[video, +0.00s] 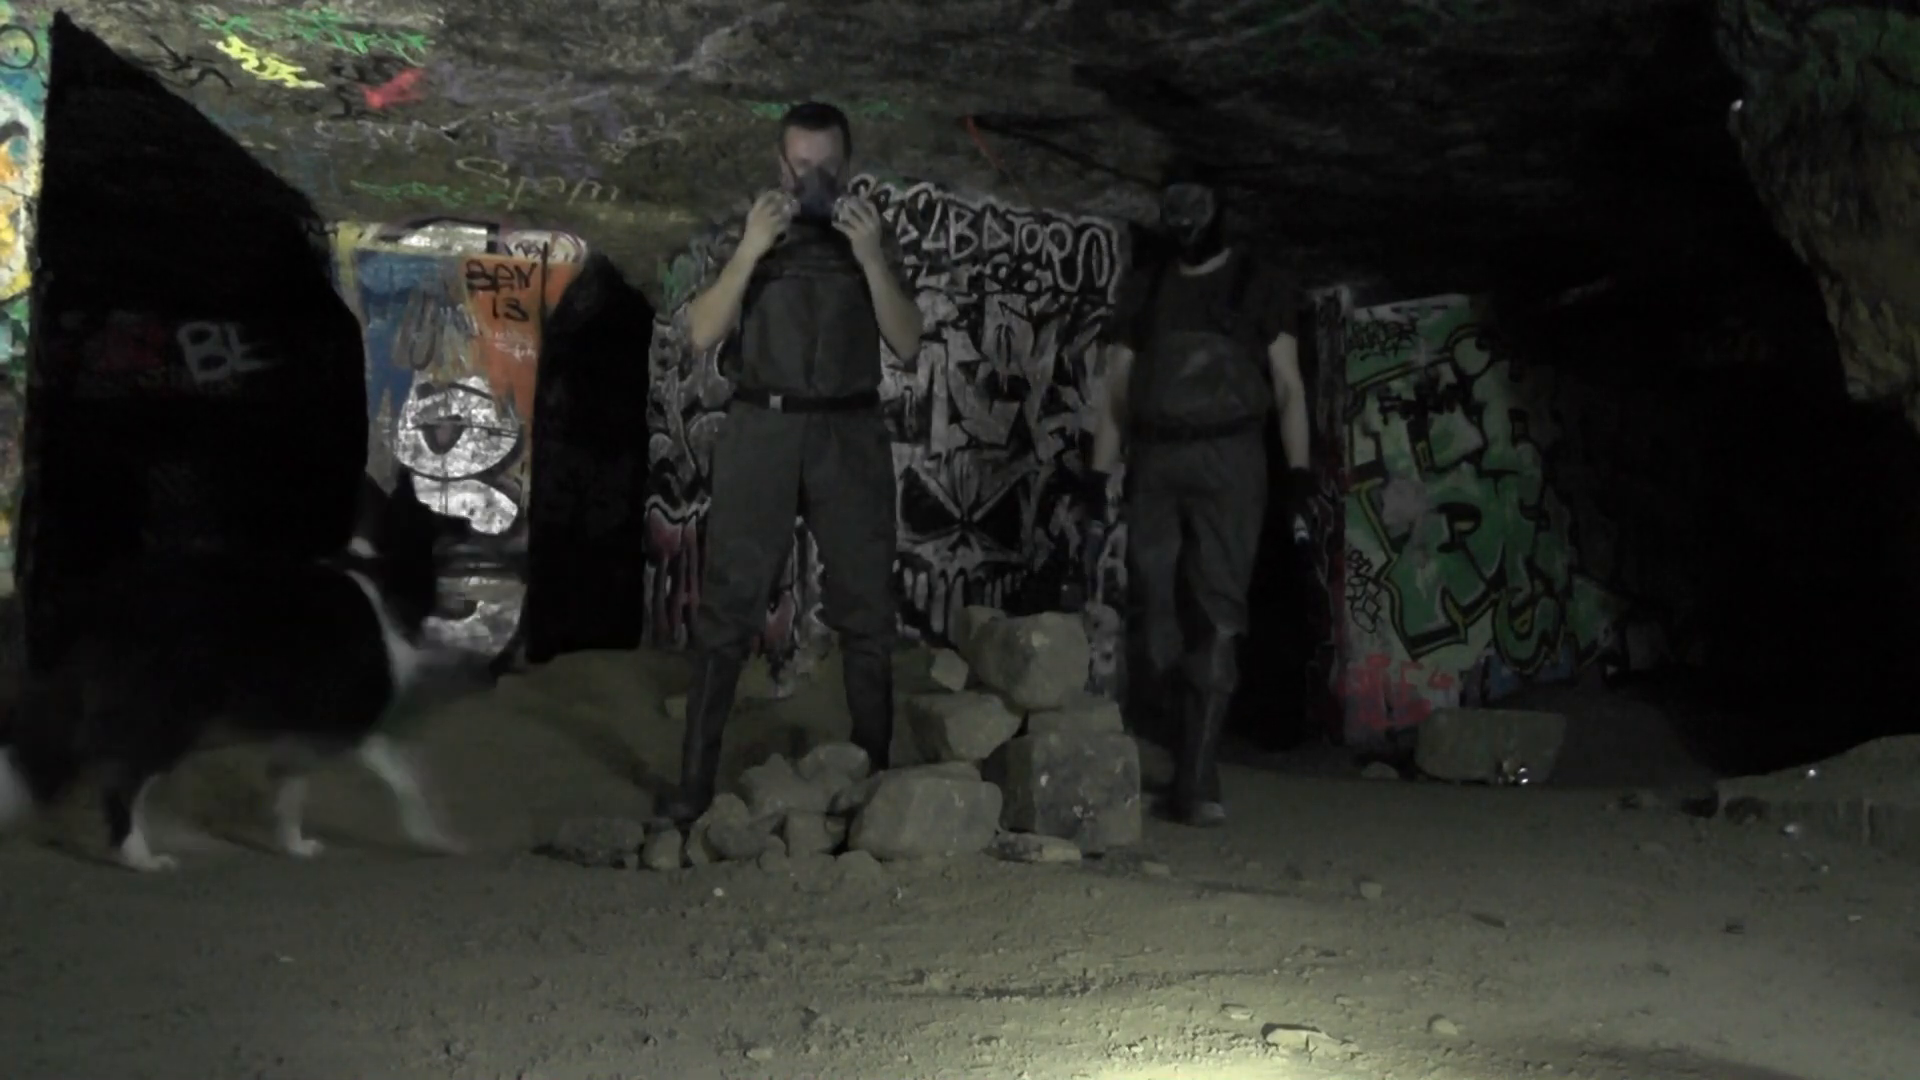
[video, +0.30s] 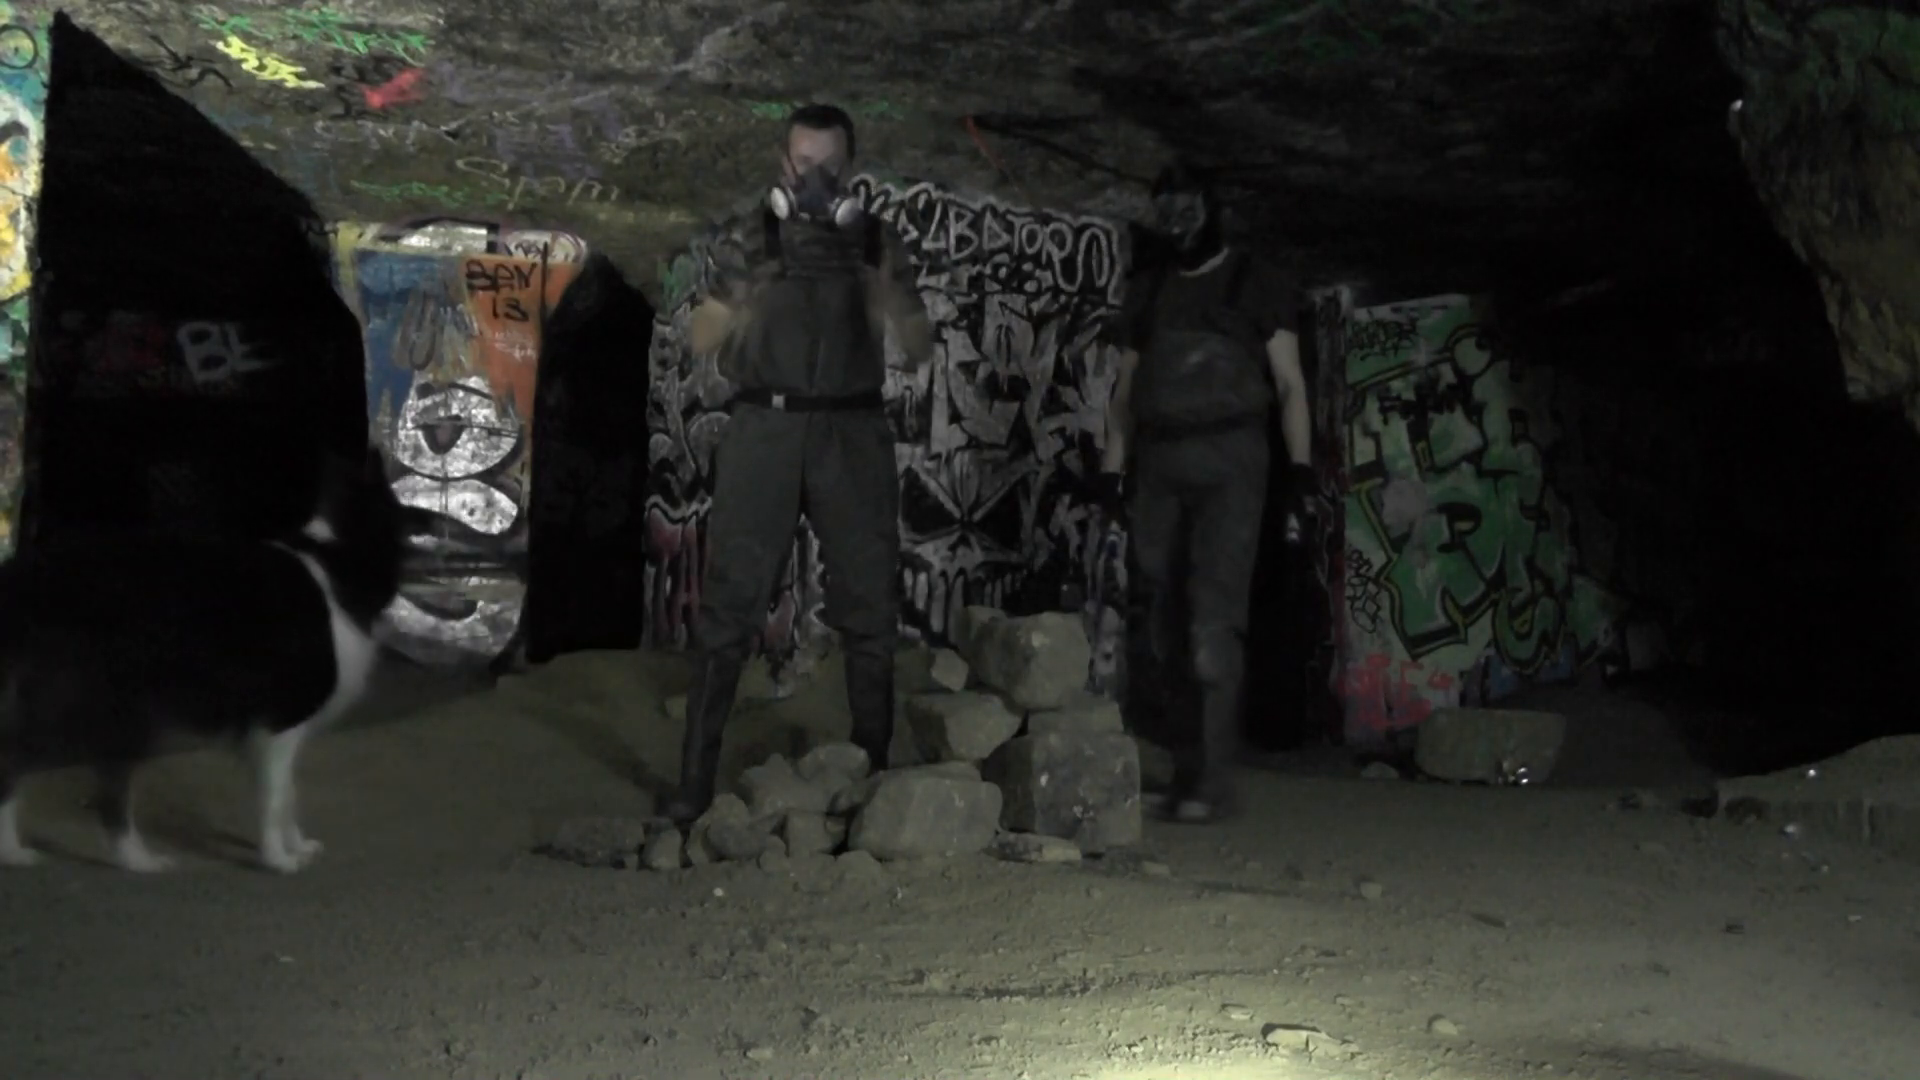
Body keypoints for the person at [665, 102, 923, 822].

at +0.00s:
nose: (809, 181)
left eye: (823, 169)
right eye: (799, 168)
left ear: (847, 166)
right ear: (780, 162)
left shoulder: (869, 238)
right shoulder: (748, 236)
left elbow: (906, 342)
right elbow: (701, 333)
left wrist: (870, 251)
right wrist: (752, 247)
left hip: (850, 444)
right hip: (760, 443)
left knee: (865, 618)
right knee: (730, 612)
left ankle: (873, 783)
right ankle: (694, 786)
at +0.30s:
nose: (815, 183)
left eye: (829, 170)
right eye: (804, 167)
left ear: (851, 168)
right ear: (784, 160)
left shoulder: (875, 239)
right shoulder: (744, 235)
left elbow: (916, 350)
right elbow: (699, 341)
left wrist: (881, 275)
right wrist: (744, 290)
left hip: (854, 441)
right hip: (763, 439)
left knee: (868, 613)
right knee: (732, 608)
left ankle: (874, 780)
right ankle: (695, 788)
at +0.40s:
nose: (815, 180)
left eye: (828, 169)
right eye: (804, 166)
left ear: (849, 167)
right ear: (785, 160)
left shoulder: (876, 240)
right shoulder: (750, 236)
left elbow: (918, 341)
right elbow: (709, 335)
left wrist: (930, 429)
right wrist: (694, 431)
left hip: (854, 442)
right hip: (762, 440)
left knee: (869, 613)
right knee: (731, 607)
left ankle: (873, 777)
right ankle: (694, 785)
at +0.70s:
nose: (820, 173)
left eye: (834, 161)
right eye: (808, 158)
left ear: (854, 164)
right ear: (785, 156)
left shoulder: (877, 236)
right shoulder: (754, 229)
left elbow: (925, 326)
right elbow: (701, 321)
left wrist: (959, 404)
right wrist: (639, 393)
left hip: (855, 441)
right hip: (764, 439)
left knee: (867, 612)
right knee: (733, 608)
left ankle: (873, 776)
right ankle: (694, 785)